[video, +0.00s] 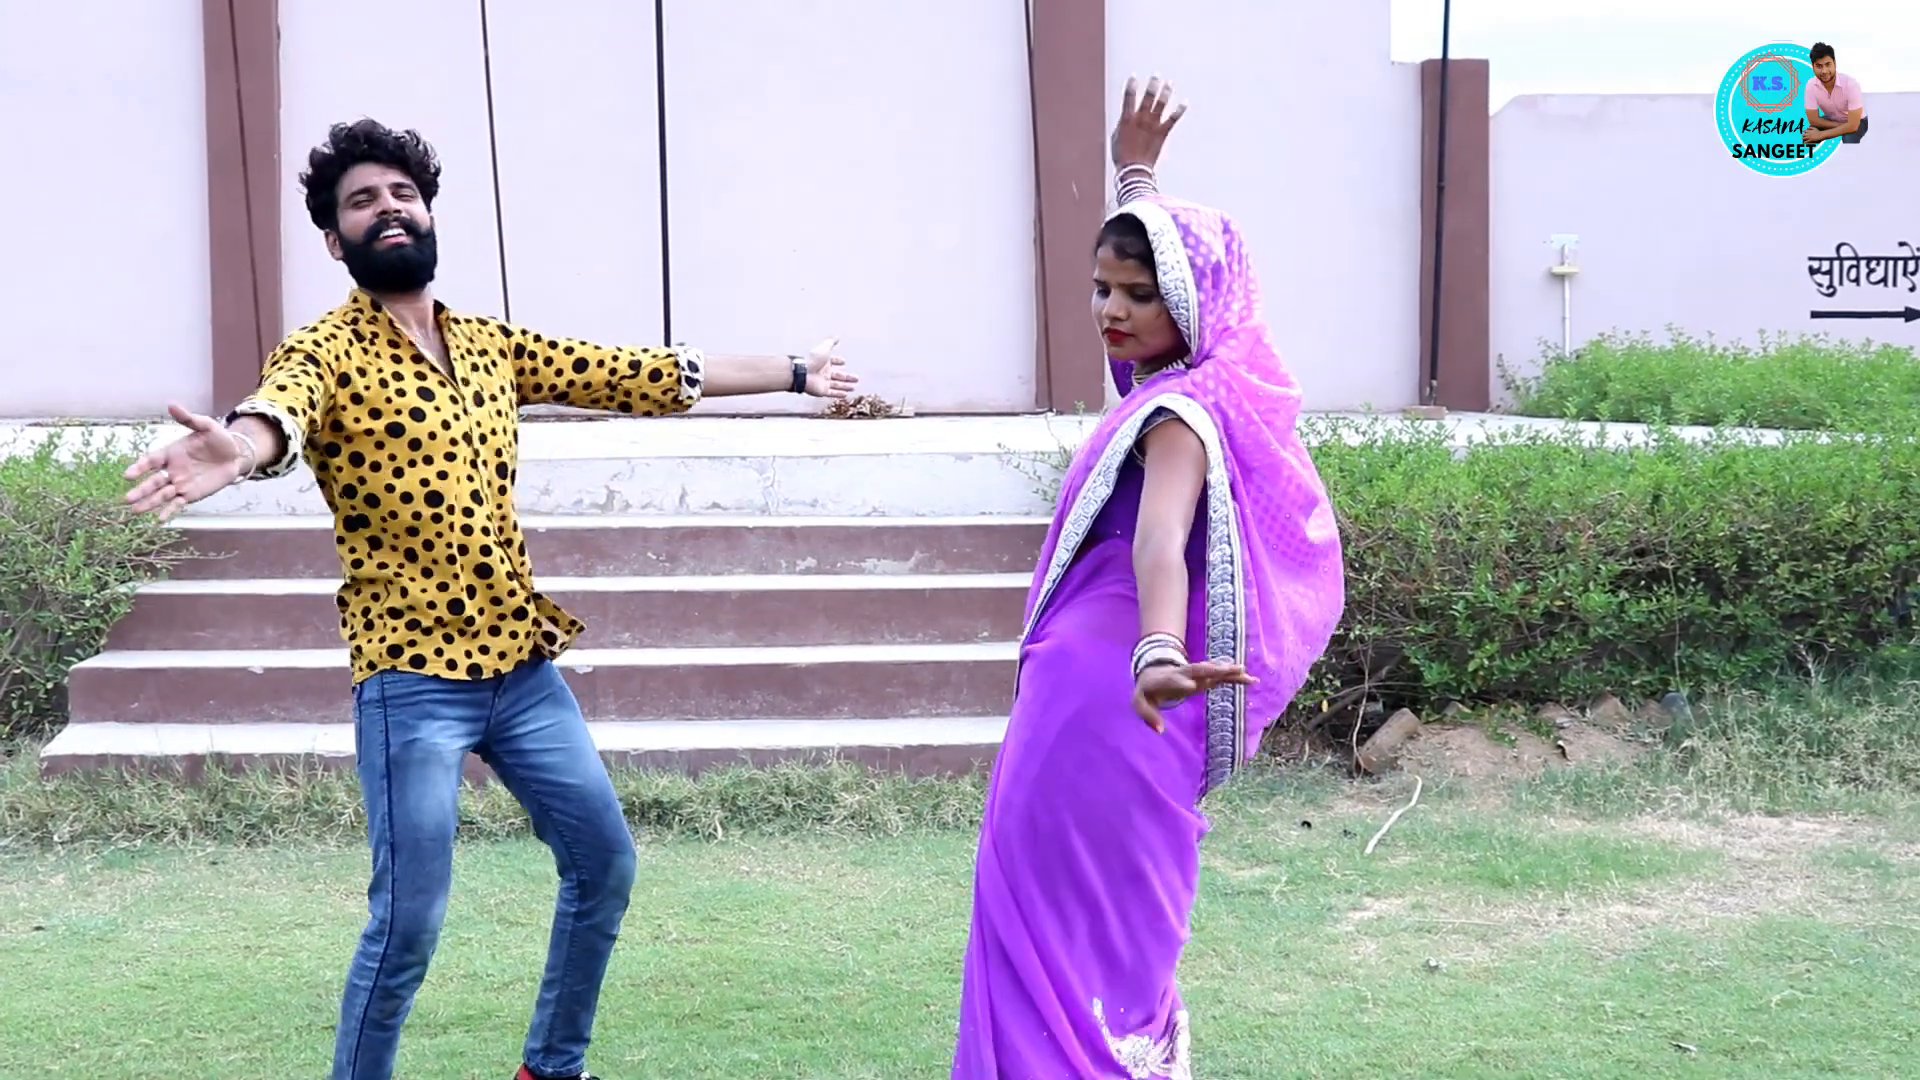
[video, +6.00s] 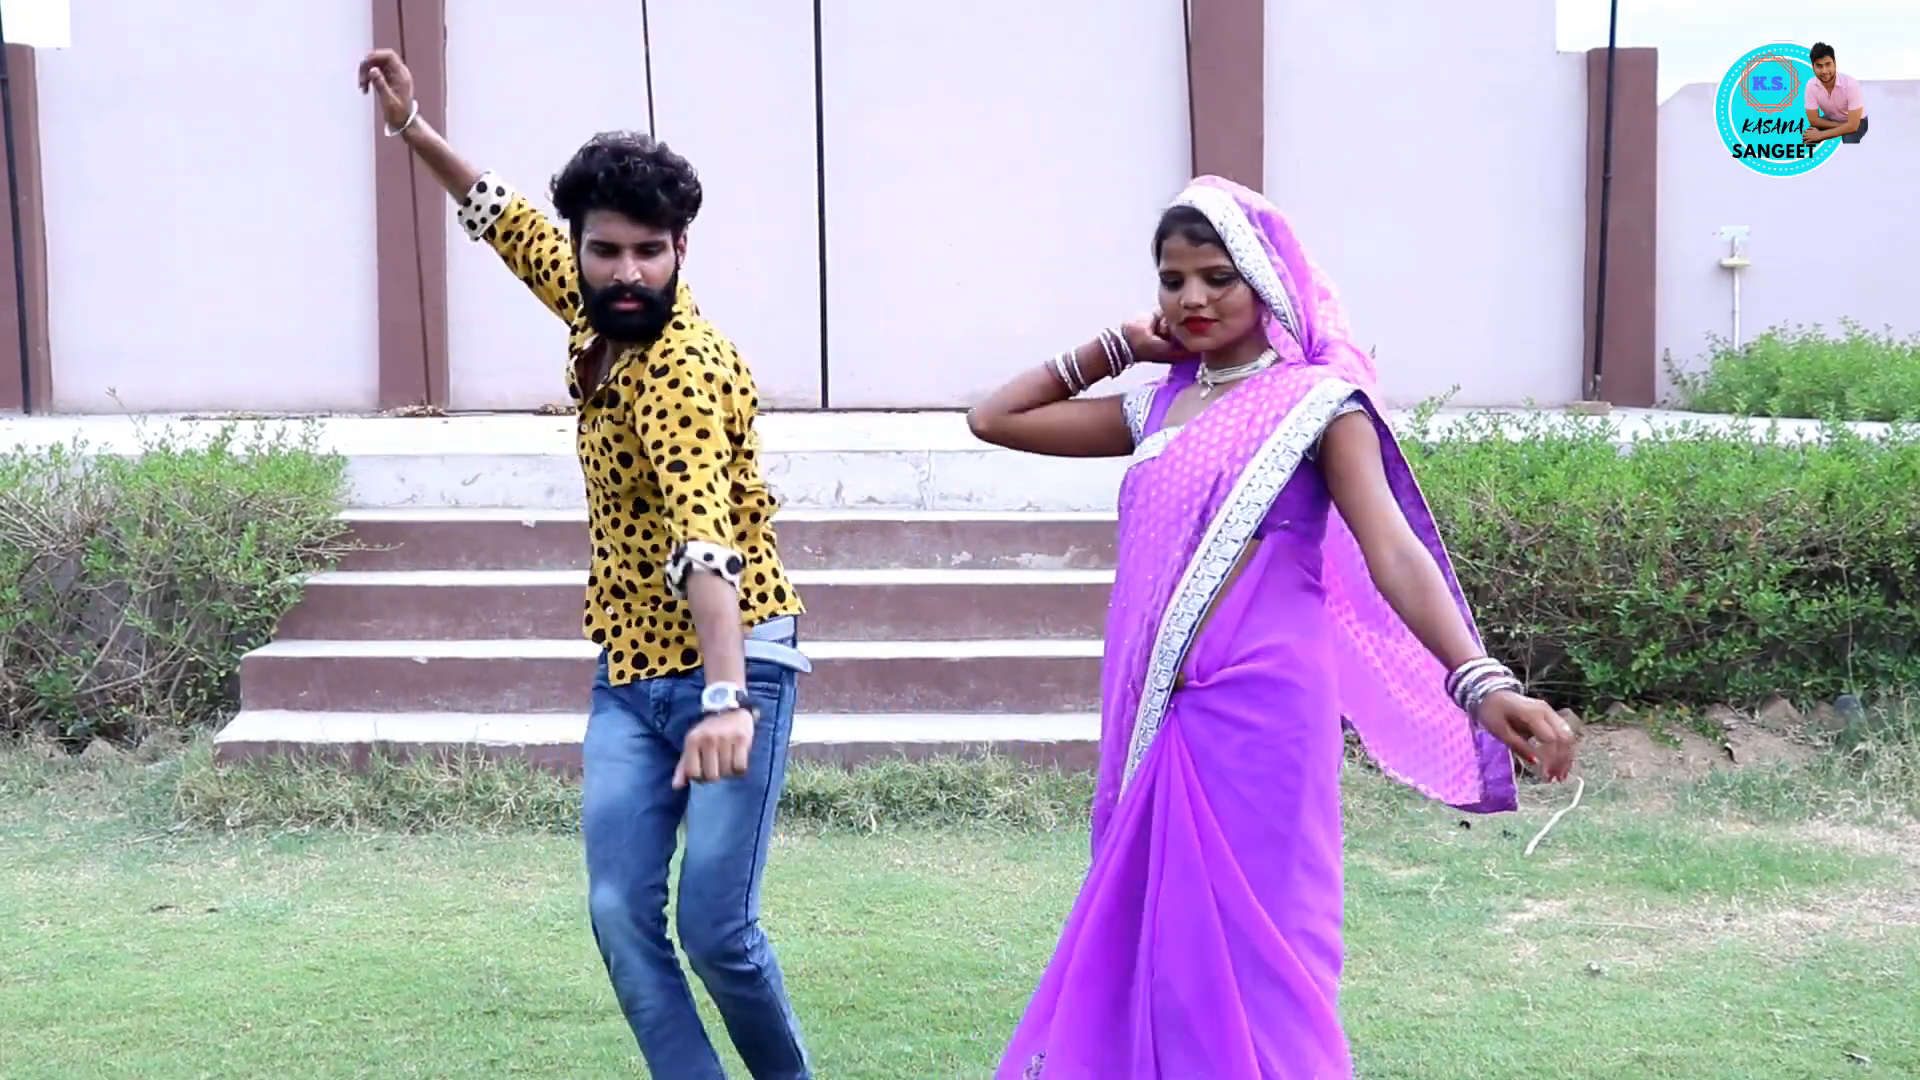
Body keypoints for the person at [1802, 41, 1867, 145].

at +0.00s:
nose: (1824, 71)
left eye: (1828, 65)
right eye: (1819, 66)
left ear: (1835, 64)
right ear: (1813, 67)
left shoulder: (1850, 84)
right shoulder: (1812, 85)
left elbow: (1853, 126)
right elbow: (1813, 120)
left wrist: (1820, 135)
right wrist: (1843, 126)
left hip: (1854, 122)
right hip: (1829, 121)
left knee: (1849, 140)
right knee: (1810, 136)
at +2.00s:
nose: (1824, 71)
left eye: (1828, 65)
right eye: (1819, 66)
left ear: (1835, 63)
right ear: (1813, 67)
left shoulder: (1850, 85)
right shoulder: (1812, 86)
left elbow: (1853, 126)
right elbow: (1813, 120)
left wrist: (1820, 135)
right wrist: (1843, 126)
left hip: (1855, 122)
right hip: (1830, 121)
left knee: (1848, 140)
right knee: (1810, 136)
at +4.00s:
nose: (1824, 71)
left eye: (1828, 65)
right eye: (1819, 66)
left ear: (1835, 63)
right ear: (1813, 67)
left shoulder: (1850, 84)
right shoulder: (1812, 86)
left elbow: (1853, 126)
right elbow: (1813, 120)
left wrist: (1820, 135)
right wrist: (1843, 126)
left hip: (1855, 122)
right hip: (1829, 121)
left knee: (1849, 140)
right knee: (1810, 137)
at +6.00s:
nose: (1824, 71)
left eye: (1828, 65)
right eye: (1819, 66)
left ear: (1835, 63)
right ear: (1813, 67)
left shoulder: (1850, 84)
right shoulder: (1812, 86)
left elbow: (1853, 126)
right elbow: (1813, 120)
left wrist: (1820, 135)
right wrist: (1843, 126)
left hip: (1855, 122)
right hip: (1830, 121)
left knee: (1848, 140)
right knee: (1810, 136)